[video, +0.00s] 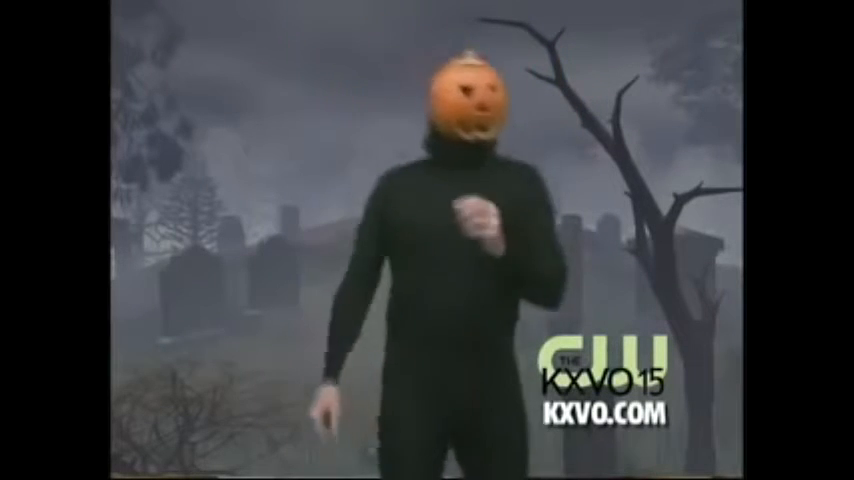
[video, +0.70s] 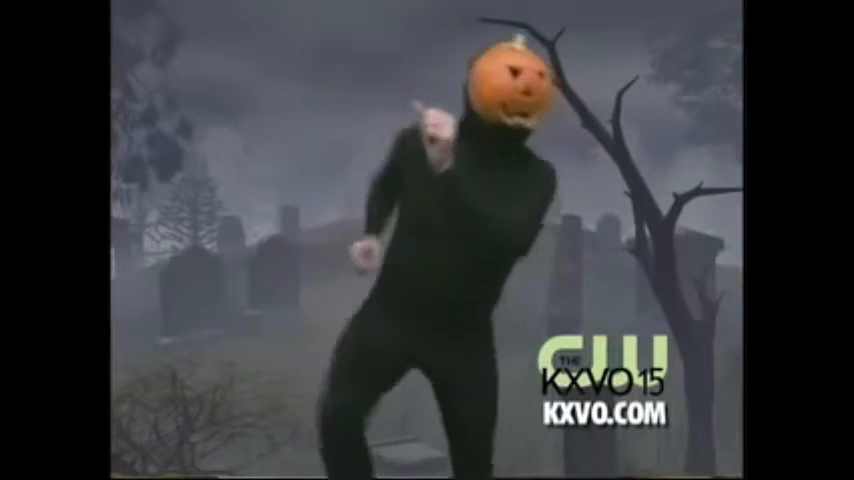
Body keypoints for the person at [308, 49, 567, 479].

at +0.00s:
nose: (480, 97)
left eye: (491, 88)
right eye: (464, 87)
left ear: (504, 106)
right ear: (435, 103)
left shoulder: (520, 184)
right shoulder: (397, 187)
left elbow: (551, 291)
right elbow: (359, 283)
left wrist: (503, 247)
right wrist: (330, 377)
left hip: (490, 385)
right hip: (412, 386)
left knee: (504, 472)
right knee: (405, 472)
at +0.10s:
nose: (506, 119)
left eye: (517, 108)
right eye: (489, 108)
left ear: (529, 124)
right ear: (456, 119)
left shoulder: (534, 200)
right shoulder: (414, 192)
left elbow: (544, 306)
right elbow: (372, 257)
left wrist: (489, 229)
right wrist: (340, 314)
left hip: (490, 382)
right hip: (413, 380)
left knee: (509, 472)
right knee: (383, 471)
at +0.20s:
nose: (509, 94)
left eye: (522, 88)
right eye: (494, 84)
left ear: (532, 112)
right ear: (468, 102)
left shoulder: (539, 187)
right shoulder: (423, 172)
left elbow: (518, 270)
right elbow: (385, 229)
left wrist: (467, 193)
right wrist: (350, 260)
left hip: (488, 360)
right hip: (416, 348)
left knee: (498, 471)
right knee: (364, 416)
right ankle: (399, 473)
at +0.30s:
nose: (525, 76)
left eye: (538, 69)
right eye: (511, 65)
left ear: (549, 88)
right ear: (480, 78)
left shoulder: (547, 158)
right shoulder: (443, 142)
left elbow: (510, 232)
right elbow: (396, 216)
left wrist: (431, 167)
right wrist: (353, 243)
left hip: (485, 335)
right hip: (416, 316)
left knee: (482, 471)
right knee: (337, 369)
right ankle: (411, 469)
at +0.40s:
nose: (536, 88)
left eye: (548, 82)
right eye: (522, 78)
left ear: (557, 102)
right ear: (494, 89)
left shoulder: (550, 167)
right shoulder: (453, 154)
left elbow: (496, 204)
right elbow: (403, 231)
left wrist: (406, 179)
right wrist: (346, 247)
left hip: (479, 342)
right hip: (410, 317)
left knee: (479, 471)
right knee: (315, 341)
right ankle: (364, 469)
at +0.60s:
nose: (542, 100)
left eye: (553, 94)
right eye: (528, 87)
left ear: (557, 119)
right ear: (491, 97)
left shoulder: (545, 191)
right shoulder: (443, 159)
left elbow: (499, 231)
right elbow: (401, 229)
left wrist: (423, 176)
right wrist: (357, 260)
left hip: (475, 353)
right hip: (405, 331)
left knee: (480, 471)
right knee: (312, 366)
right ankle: (326, 474)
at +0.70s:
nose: (525, 82)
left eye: (537, 77)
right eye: (512, 68)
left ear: (545, 101)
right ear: (477, 80)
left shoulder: (535, 174)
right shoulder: (422, 141)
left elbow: (514, 239)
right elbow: (387, 186)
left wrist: (447, 169)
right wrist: (371, 234)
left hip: (463, 333)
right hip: (390, 317)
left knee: (474, 464)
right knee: (338, 418)